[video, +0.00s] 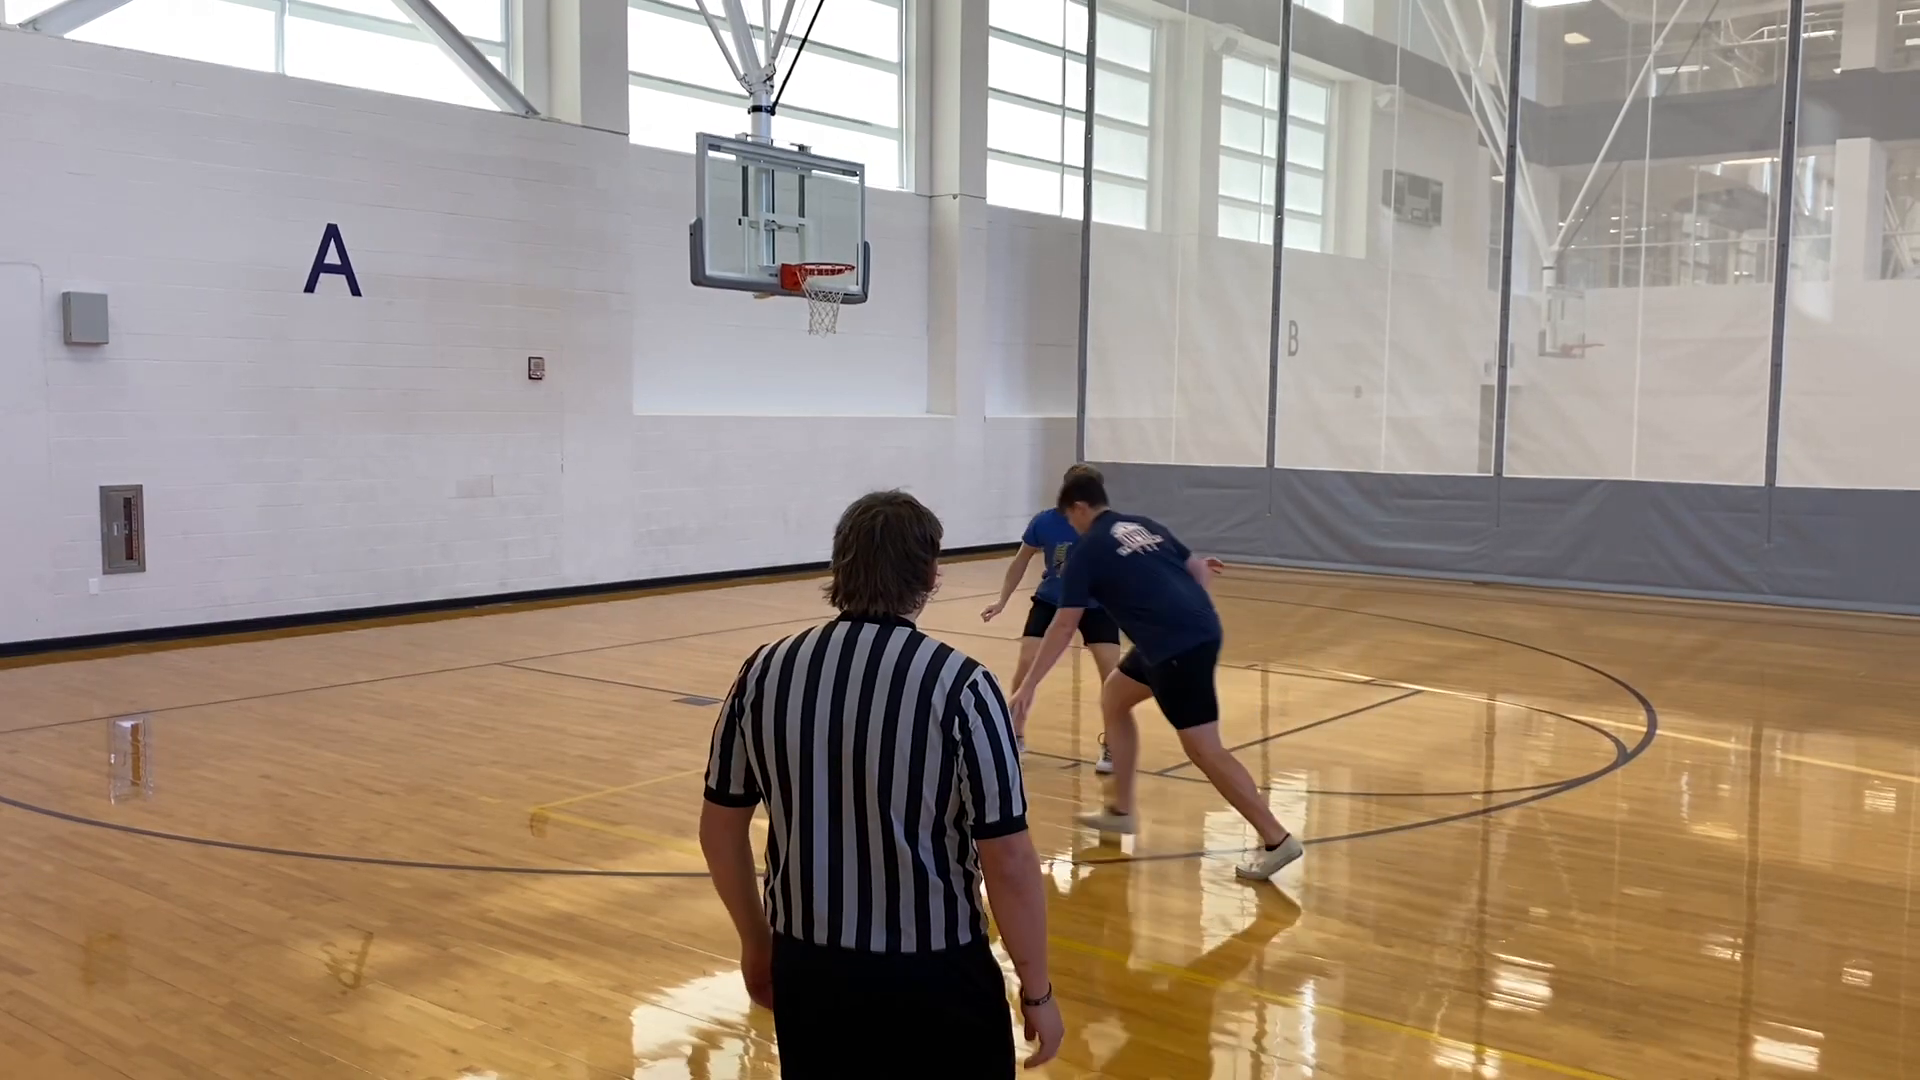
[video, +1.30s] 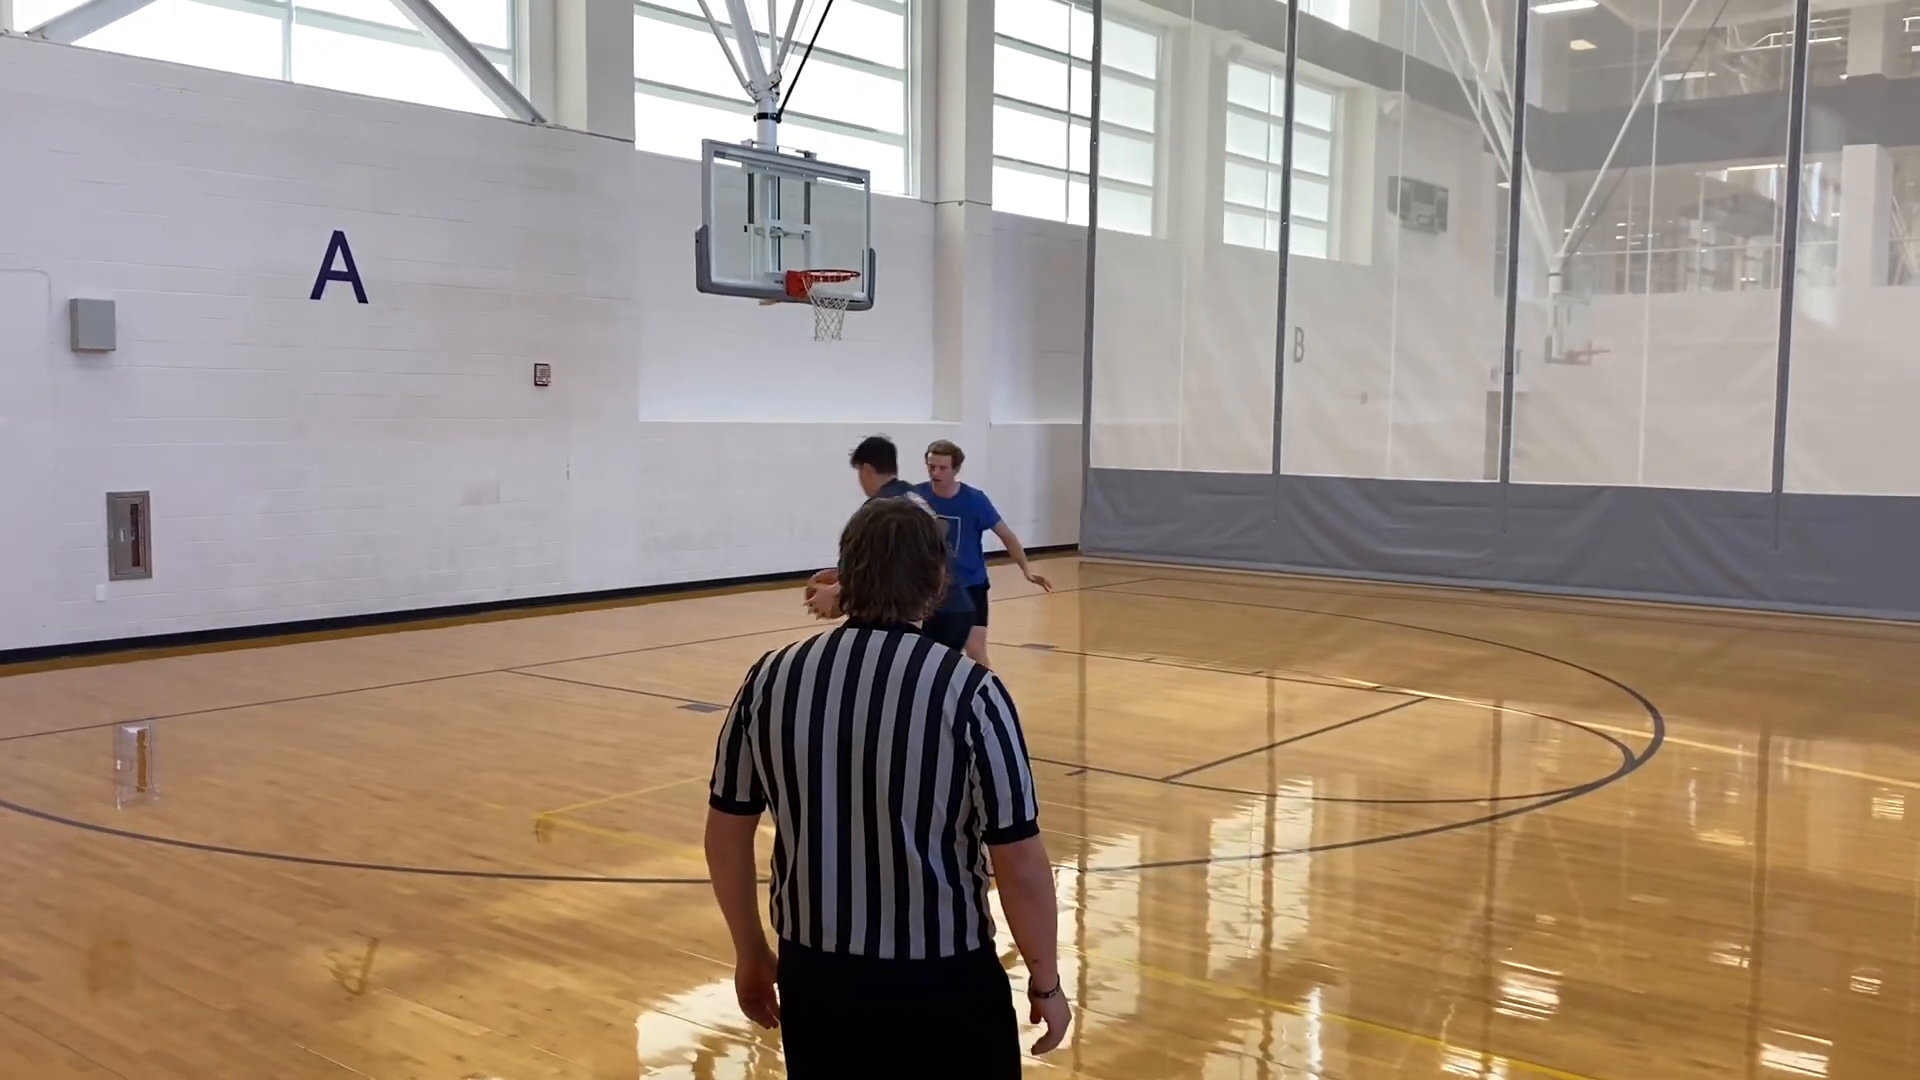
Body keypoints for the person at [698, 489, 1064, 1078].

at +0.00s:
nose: (938, 574)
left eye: (936, 558)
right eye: (936, 560)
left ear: (843, 565)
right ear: (925, 573)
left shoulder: (766, 670)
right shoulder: (961, 685)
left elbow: (720, 829)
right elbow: (1009, 861)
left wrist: (755, 938)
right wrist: (1037, 990)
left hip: (808, 979)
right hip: (941, 982)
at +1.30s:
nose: (949, 583)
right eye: (946, 570)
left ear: (847, 573)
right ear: (937, 581)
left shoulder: (772, 677)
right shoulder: (972, 691)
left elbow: (726, 832)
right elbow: (1019, 860)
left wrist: (749, 949)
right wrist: (1045, 978)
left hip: (816, 984)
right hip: (948, 988)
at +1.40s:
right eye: (946, 573)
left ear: (845, 575)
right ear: (937, 583)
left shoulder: (771, 677)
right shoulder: (971, 690)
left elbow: (726, 833)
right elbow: (1020, 861)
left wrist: (751, 948)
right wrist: (1045, 977)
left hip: (816, 982)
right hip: (949, 986)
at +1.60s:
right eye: (943, 568)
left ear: (842, 573)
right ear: (937, 579)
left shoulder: (771, 675)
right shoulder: (971, 687)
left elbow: (727, 831)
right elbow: (1020, 854)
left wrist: (757, 945)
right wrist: (1045, 973)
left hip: (817, 981)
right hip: (950, 984)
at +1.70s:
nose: (947, 581)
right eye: (942, 569)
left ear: (844, 571)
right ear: (934, 579)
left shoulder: (770, 673)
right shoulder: (969, 686)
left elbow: (725, 830)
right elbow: (1019, 856)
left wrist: (756, 944)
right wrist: (1042, 971)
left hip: (815, 981)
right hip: (947, 985)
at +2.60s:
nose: (939, 573)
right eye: (935, 561)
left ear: (841, 564)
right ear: (929, 572)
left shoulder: (768, 671)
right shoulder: (969, 682)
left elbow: (724, 826)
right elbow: (1019, 851)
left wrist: (757, 940)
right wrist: (1037, 953)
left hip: (815, 974)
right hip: (948, 977)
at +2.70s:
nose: (938, 573)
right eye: (934, 560)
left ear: (841, 566)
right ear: (929, 572)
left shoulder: (768, 670)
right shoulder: (967, 681)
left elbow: (723, 826)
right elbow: (1017, 849)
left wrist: (755, 939)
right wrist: (1035, 950)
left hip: (814, 976)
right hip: (945, 978)